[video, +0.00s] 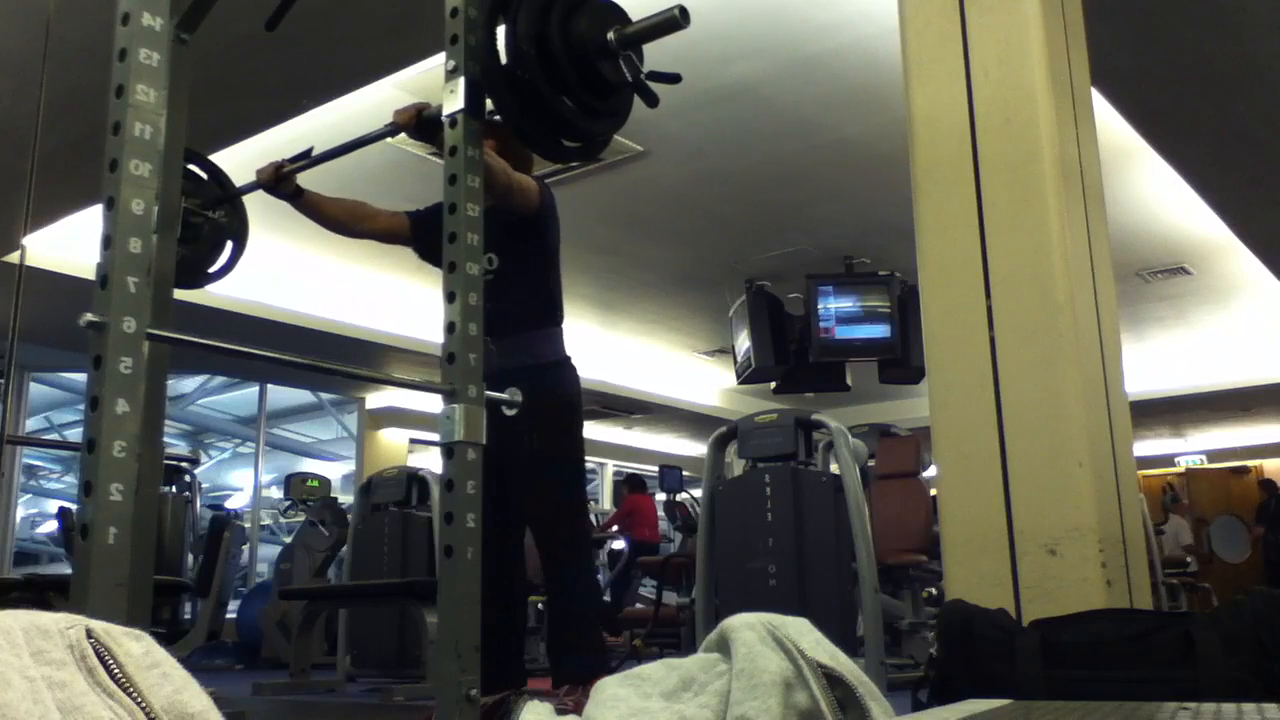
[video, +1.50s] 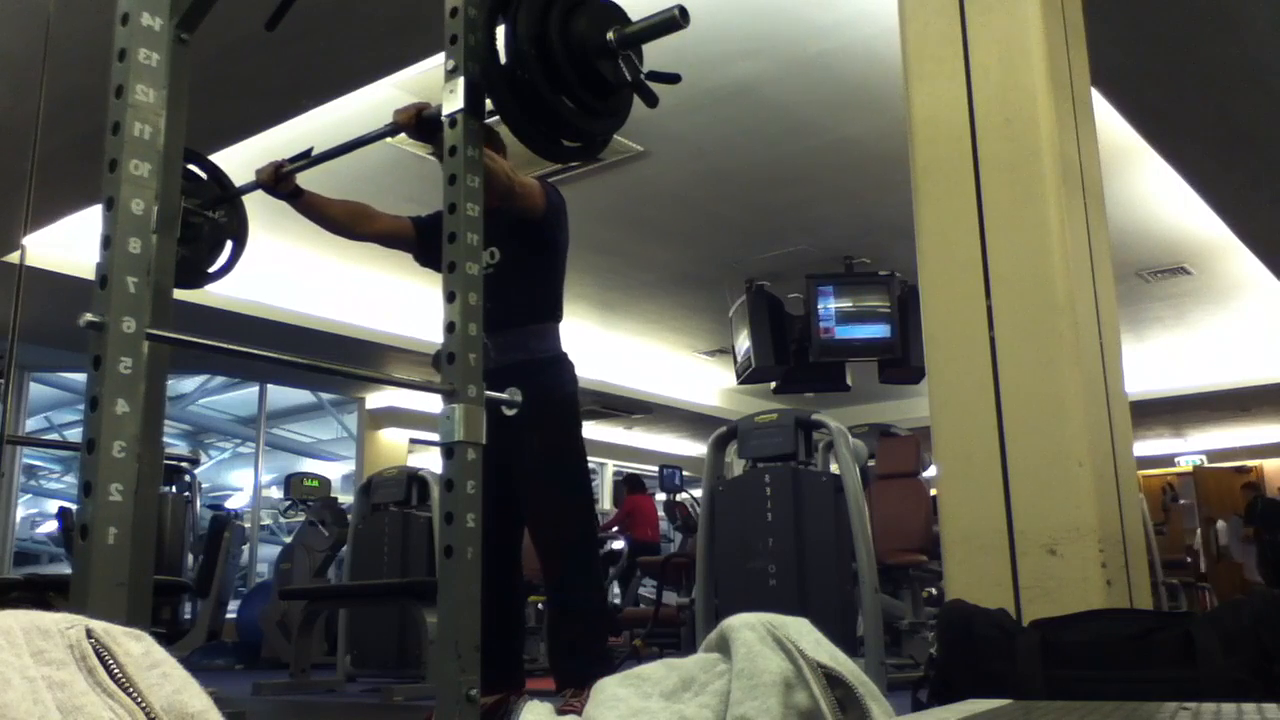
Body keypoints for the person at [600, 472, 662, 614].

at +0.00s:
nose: (624, 491)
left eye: (626, 488)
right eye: (624, 488)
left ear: (630, 488)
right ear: (643, 487)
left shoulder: (631, 500)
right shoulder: (650, 500)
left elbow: (617, 517)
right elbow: (637, 520)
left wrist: (601, 528)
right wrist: (620, 529)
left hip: (637, 545)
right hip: (653, 545)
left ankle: (617, 602)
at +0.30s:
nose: (625, 491)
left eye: (626, 487)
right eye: (626, 487)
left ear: (630, 487)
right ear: (644, 486)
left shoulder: (631, 499)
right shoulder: (649, 500)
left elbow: (619, 519)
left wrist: (612, 524)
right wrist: (624, 529)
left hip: (637, 543)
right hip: (654, 544)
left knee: (625, 571)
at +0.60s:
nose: (624, 491)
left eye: (625, 488)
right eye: (624, 488)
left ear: (629, 487)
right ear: (642, 486)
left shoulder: (632, 500)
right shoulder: (649, 500)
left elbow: (620, 518)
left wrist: (608, 525)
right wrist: (620, 530)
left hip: (637, 545)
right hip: (654, 545)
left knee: (626, 577)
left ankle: (627, 607)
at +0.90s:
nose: (626, 491)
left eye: (627, 487)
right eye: (626, 487)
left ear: (631, 487)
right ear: (644, 487)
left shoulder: (631, 500)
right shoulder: (650, 501)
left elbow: (617, 517)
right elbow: (640, 521)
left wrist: (599, 529)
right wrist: (619, 530)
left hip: (636, 545)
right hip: (654, 546)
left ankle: (617, 603)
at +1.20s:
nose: (626, 491)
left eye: (627, 488)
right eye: (626, 488)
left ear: (631, 487)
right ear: (644, 486)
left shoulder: (631, 500)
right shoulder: (650, 500)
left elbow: (617, 518)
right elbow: (636, 522)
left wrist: (601, 528)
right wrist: (618, 532)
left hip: (636, 545)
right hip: (654, 546)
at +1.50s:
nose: (624, 490)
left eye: (625, 487)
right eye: (624, 487)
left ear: (629, 487)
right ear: (642, 486)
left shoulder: (631, 500)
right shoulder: (649, 500)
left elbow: (617, 520)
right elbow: (634, 522)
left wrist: (601, 529)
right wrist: (617, 533)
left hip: (637, 544)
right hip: (654, 545)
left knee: (624, 575)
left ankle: (630, 605)